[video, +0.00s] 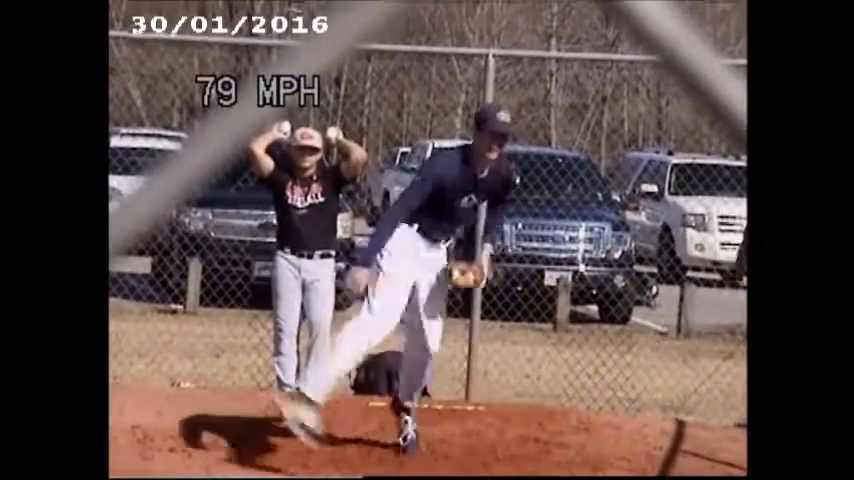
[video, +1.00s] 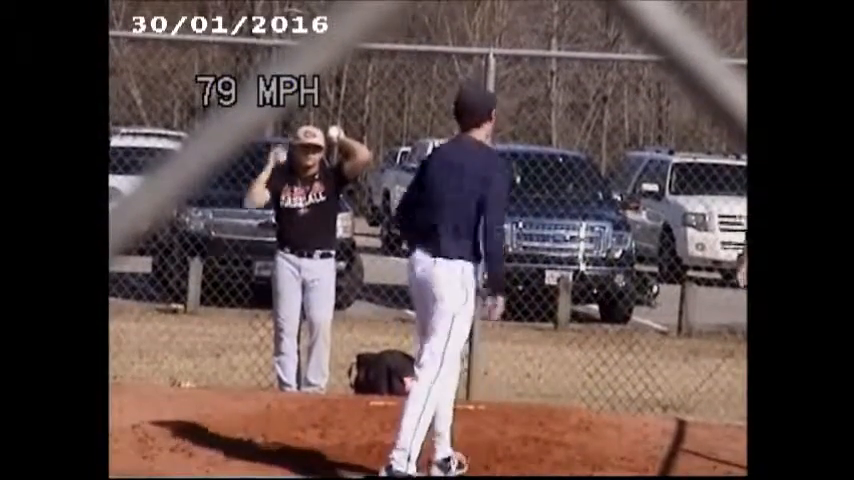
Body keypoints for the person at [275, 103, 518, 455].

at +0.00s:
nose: (497, 144)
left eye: (503, 139)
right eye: (492, 136)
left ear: (507, 141)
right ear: (477, 132)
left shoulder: (504, 175)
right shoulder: (445, 164)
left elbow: (495, 213)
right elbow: (398, 211)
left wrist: (484, 251)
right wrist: (365, 262)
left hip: (439, 249)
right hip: (404, 238)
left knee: (428, 339)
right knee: (380, 319)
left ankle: (406, 405)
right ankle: (309, 395)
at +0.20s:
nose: (481, 164)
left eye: (486, 159)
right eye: (474, 157)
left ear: (490, 162)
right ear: (456, 156)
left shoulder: (481, 195)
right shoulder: (428, 192)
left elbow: (465, 247)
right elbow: (386, 240)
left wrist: (467, 300)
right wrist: (348, 296)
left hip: (438, 284)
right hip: (406, 282)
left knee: (462, 382)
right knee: (431, 374)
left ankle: (389, 376)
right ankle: (386, 465)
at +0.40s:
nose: (487, 120)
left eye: (491, 114)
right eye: (481, 113)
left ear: (493, 118)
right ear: (462, 113)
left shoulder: (484, 156)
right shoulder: (436, 153)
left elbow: (471, 208)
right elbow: (409, 210)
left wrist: (480, 252)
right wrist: (430, 264)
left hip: (451, 251)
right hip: (417, 249)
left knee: (465, 356)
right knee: (427, 352)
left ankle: (435, 447)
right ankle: (388, 448)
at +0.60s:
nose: (489, 138)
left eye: (493, 131)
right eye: (481, 130)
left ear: (496, 134)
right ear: (462, 129)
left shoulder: (485, 174)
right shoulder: (442, 167)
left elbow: (474, 234)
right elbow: (420, 233)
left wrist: (481, 278)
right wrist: (465, 272)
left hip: (462, 281)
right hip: (430, 277)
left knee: (485, 380)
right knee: (436, 376)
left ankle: (454, 468)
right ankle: (399, 468)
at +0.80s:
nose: (502, 107)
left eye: (501, 100)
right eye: (500, 99)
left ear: (472, 100)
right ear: (486, 100)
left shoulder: (462, 139)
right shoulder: (466, 142)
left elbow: (455, 210)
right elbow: (452, 208)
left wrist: (474, 263)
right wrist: (466, 266)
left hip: (447, 254)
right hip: (438, 255)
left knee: (466, 357)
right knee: (433, 360)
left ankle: (452, 456)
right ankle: (404, 458)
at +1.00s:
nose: (496, 120)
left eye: (492, 113)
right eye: (495, 114)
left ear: (457, 116)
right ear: (491, 118)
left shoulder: (436, 156)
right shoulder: (493, 165)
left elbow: (405, 214)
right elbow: (492, 229)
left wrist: (424, 247)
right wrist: (496, 286)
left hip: (421, 261)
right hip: (456, 268)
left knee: (446, 361)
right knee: (433, 364)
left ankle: (443, 452)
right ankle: (400, 459)